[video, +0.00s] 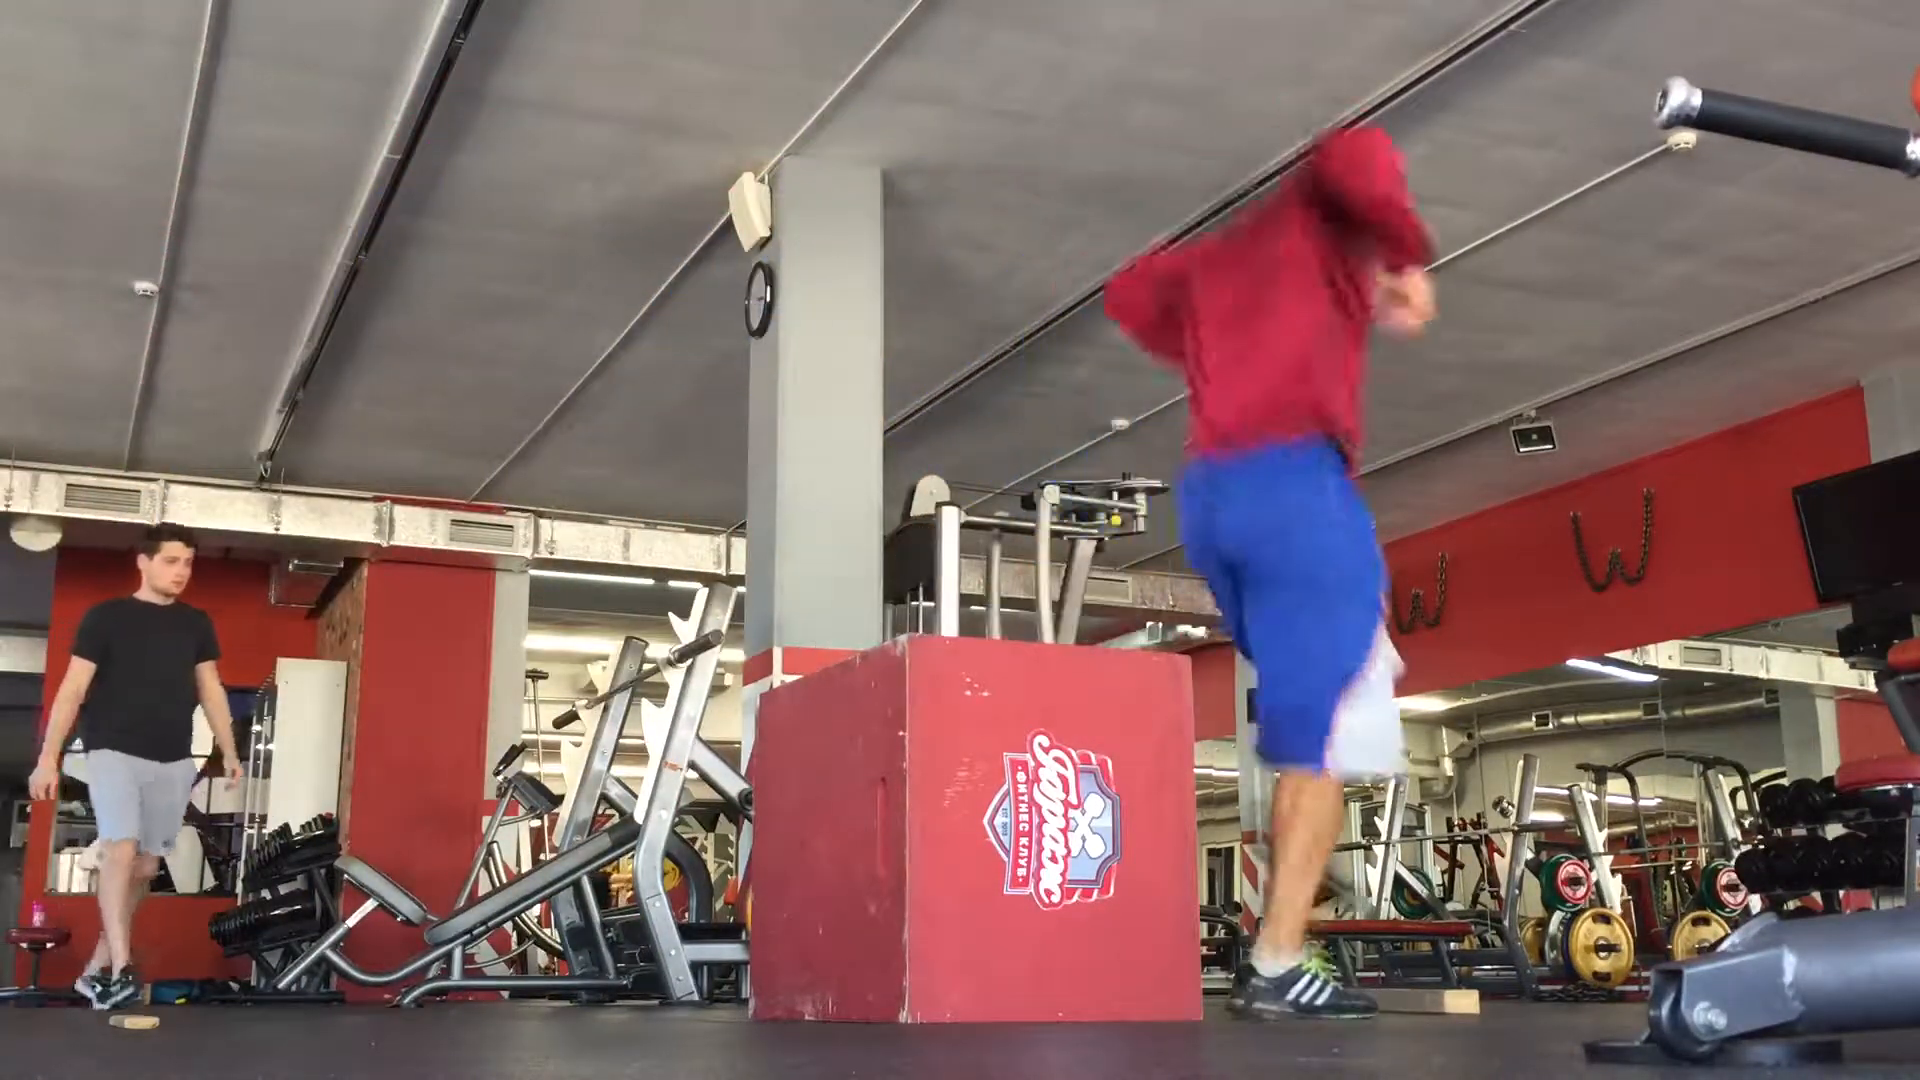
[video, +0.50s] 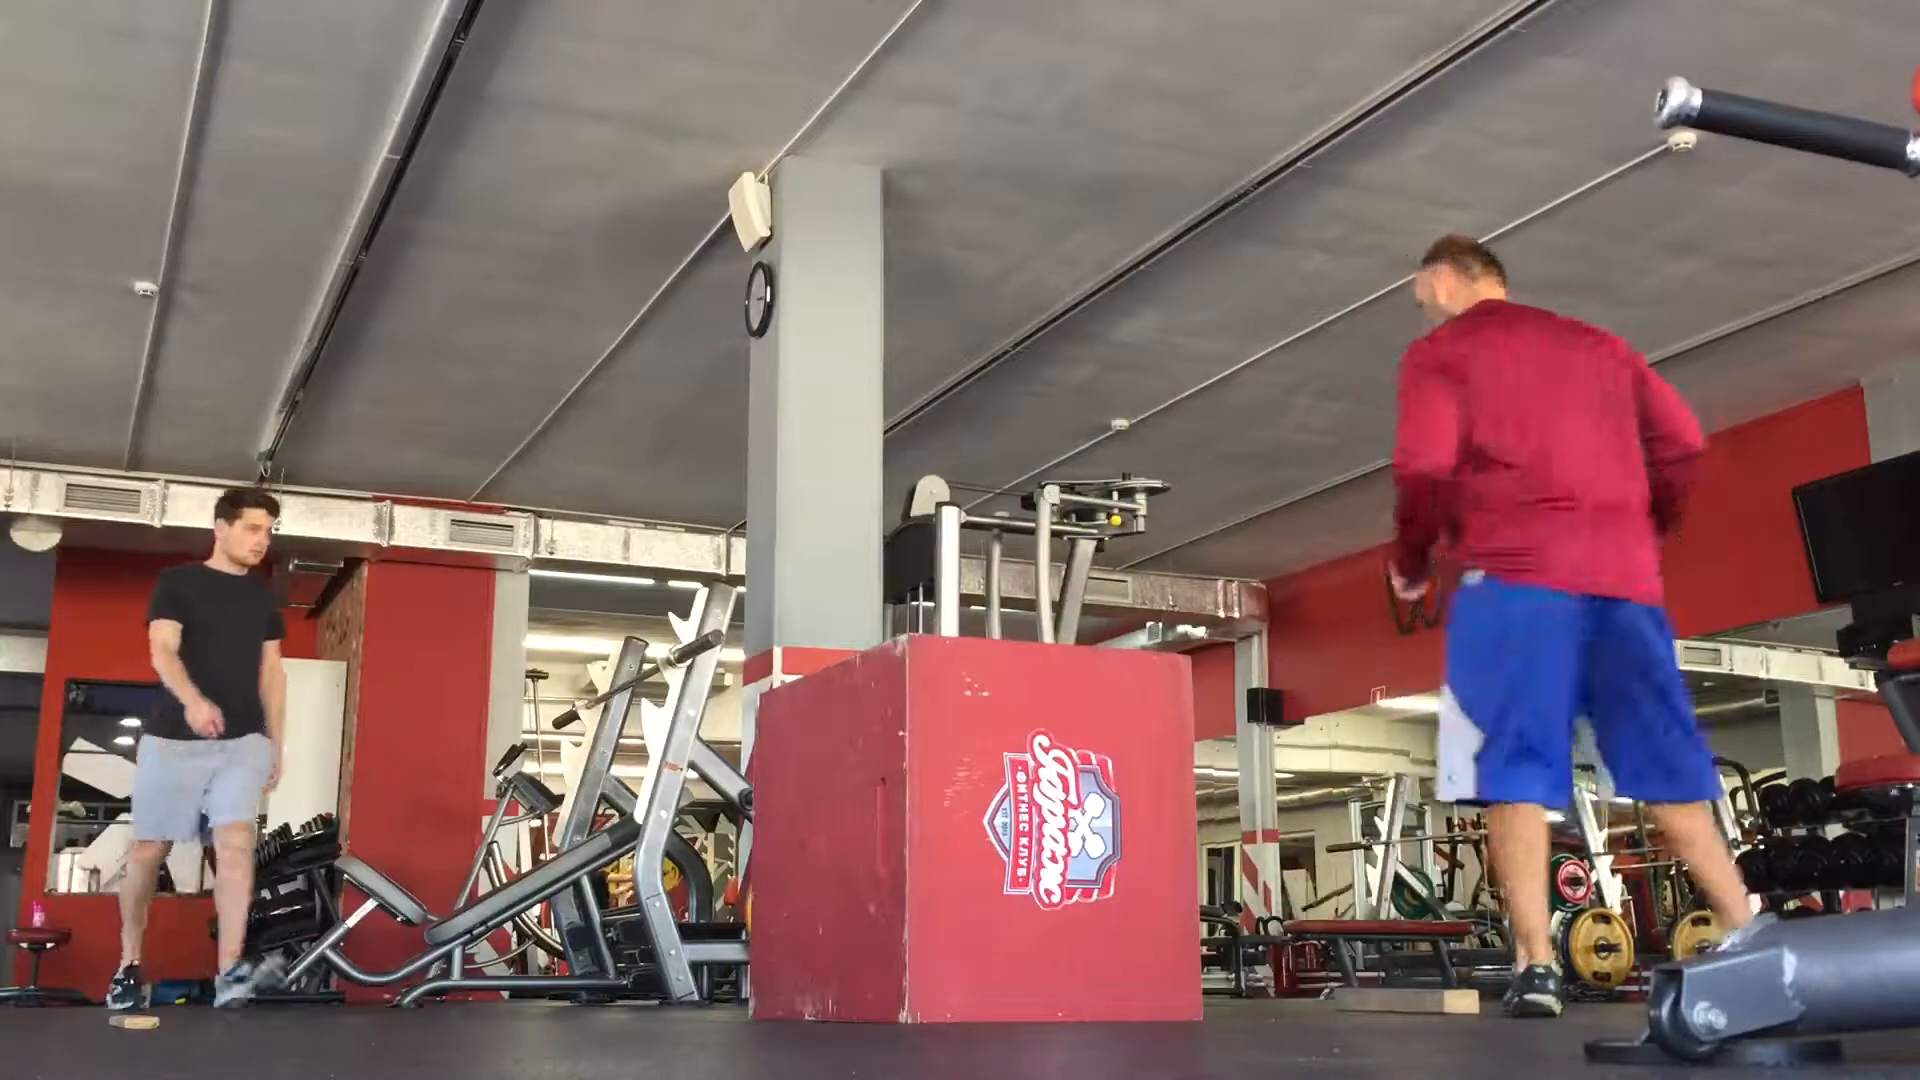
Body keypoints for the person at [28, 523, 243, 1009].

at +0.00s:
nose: (181, 571)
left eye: (187, 563)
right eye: (172, 561)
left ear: (191, 568)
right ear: (143, 562)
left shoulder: (196, 624)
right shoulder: (106, 616)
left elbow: (211, 691)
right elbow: (72, 691)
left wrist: (229, 750)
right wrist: (48, 759)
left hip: (171, 762)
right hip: (113, 753)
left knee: (145, 867)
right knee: (121, 851)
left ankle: (95, 971)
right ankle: (122, 970)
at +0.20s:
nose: (206, 548)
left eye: (212, 540)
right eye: (195, 538)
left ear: (215, 545)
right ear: (166, 540)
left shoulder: (220, 603)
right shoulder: (134, 594)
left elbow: (231, 673)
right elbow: (103, 667)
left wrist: (239, 739)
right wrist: (96, 736)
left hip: (195, 746)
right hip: (131, 741)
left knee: (182, 852)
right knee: (127, 850)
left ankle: (140, 926)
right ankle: (123, 972)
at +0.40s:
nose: (239, 540)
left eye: (245, 531)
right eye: (230, 529)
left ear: (246, 536)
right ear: (200, 529)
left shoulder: (247, 593)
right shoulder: (158, 584)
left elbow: (254, 669)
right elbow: (141, 653)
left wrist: (257, 734)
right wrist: (167, 705)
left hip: (225, 738)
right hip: (157, 740)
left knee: (223, 831)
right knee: (137, 846)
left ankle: (196, 959)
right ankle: (127, 968)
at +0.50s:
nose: (261, 540)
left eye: (266, 531)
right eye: (252, 529)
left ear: (267, 537)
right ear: (221, 529)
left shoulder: (263, 601)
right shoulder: (178, 583)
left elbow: (271, 672)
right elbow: (162, 650)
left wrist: (275, 741)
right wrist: (193, 699)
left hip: (243, 742)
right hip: (174, 741)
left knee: (236, 845)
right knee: (148, 850)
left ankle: (230, 971)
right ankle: (129, 965)